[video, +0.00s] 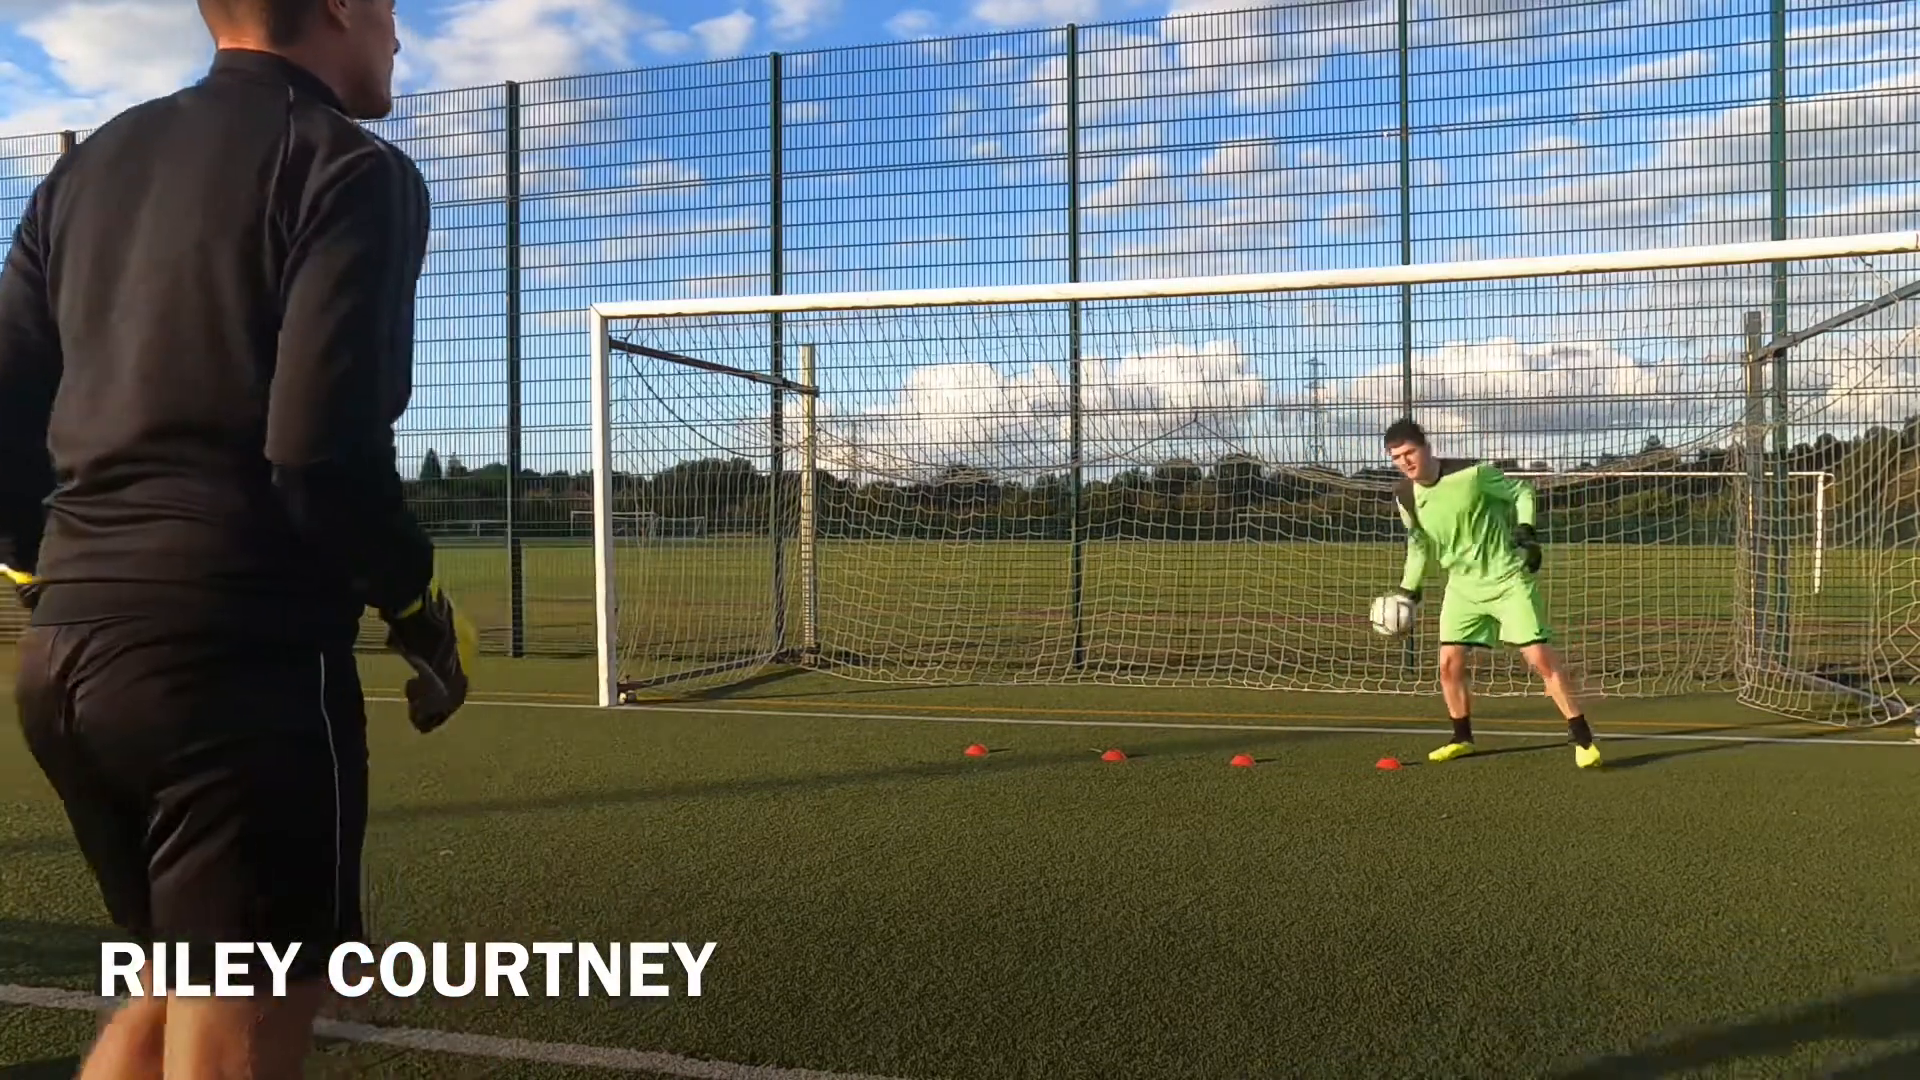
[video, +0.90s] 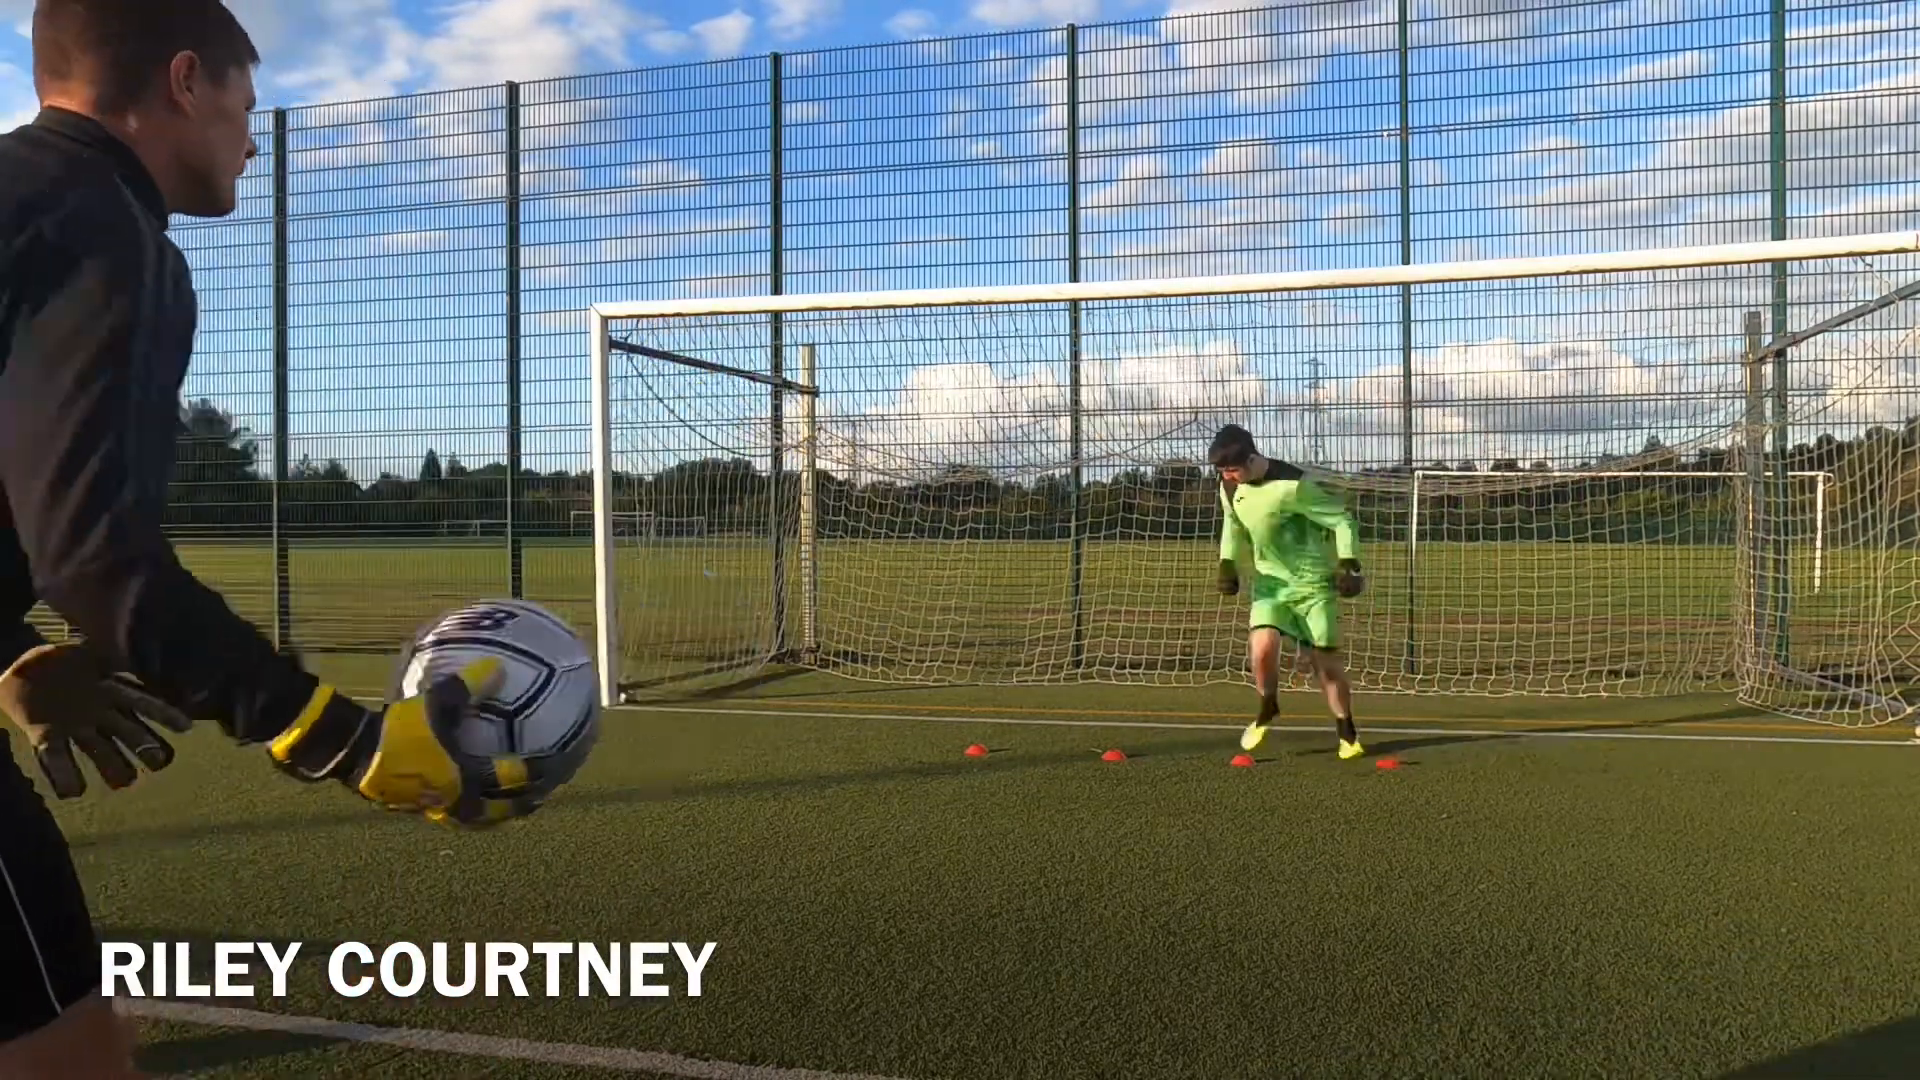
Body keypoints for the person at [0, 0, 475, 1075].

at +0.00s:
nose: (397, 48)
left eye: (397, 20)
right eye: (390, 15)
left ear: (229, 19)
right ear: (340, 11)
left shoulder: (81, 166)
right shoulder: (352, 167)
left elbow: (4, 410)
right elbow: (318, 449)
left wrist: (61, 561)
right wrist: (413, 601)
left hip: (62, 633)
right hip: (234, 642)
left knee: (167, 979)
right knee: (252, 1009)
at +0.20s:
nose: (337, 17)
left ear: (161, 9)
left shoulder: (23, 144)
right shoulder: (277, 155)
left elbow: (26, 429)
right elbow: (239, 446)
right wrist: (376, 582)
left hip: (11, 628)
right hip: (175, 638)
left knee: (39, 1052)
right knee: (191, 1054)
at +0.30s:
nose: (295, 5)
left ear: (119, 5)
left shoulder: (14, 122)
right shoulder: (213, 148)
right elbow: (247, 452)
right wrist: (435, 534)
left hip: (7, 633)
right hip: (153, 648)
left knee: (14, 1027)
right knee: (174, 1049)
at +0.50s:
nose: (246, 12)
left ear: (83, 1)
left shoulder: (17, 113)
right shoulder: (133, 142)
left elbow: (19, 420)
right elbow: (389, 410)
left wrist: (151, 551)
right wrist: (601, 374)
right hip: (69, 667)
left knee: (106, 1048)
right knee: (149, 1051)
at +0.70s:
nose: (282, 100)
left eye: (275, 62)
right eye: (263, 59)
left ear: (141, 56)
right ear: (172, 50)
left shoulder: (24, 167)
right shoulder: (150, 210)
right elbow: (446, 432)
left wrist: (70, 624)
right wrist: (734, 495)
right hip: (6, 723)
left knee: (76, 1031)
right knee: (109, 1040)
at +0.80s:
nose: (273, 131)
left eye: (274, 101)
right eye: (262, 98)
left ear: (75, 84)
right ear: (187, 77)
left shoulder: (14, 183)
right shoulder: (154, 229)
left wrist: (20, 653)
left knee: (68, 1039)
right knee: (86, 1044)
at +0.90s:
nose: (252, 139)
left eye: (255, 108)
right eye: (246, 104)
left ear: (67, 83)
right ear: (181, 85)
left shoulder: (17, 184)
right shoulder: (105, 236)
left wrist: (10, 656)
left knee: (59, 1040)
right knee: (71, 1046)